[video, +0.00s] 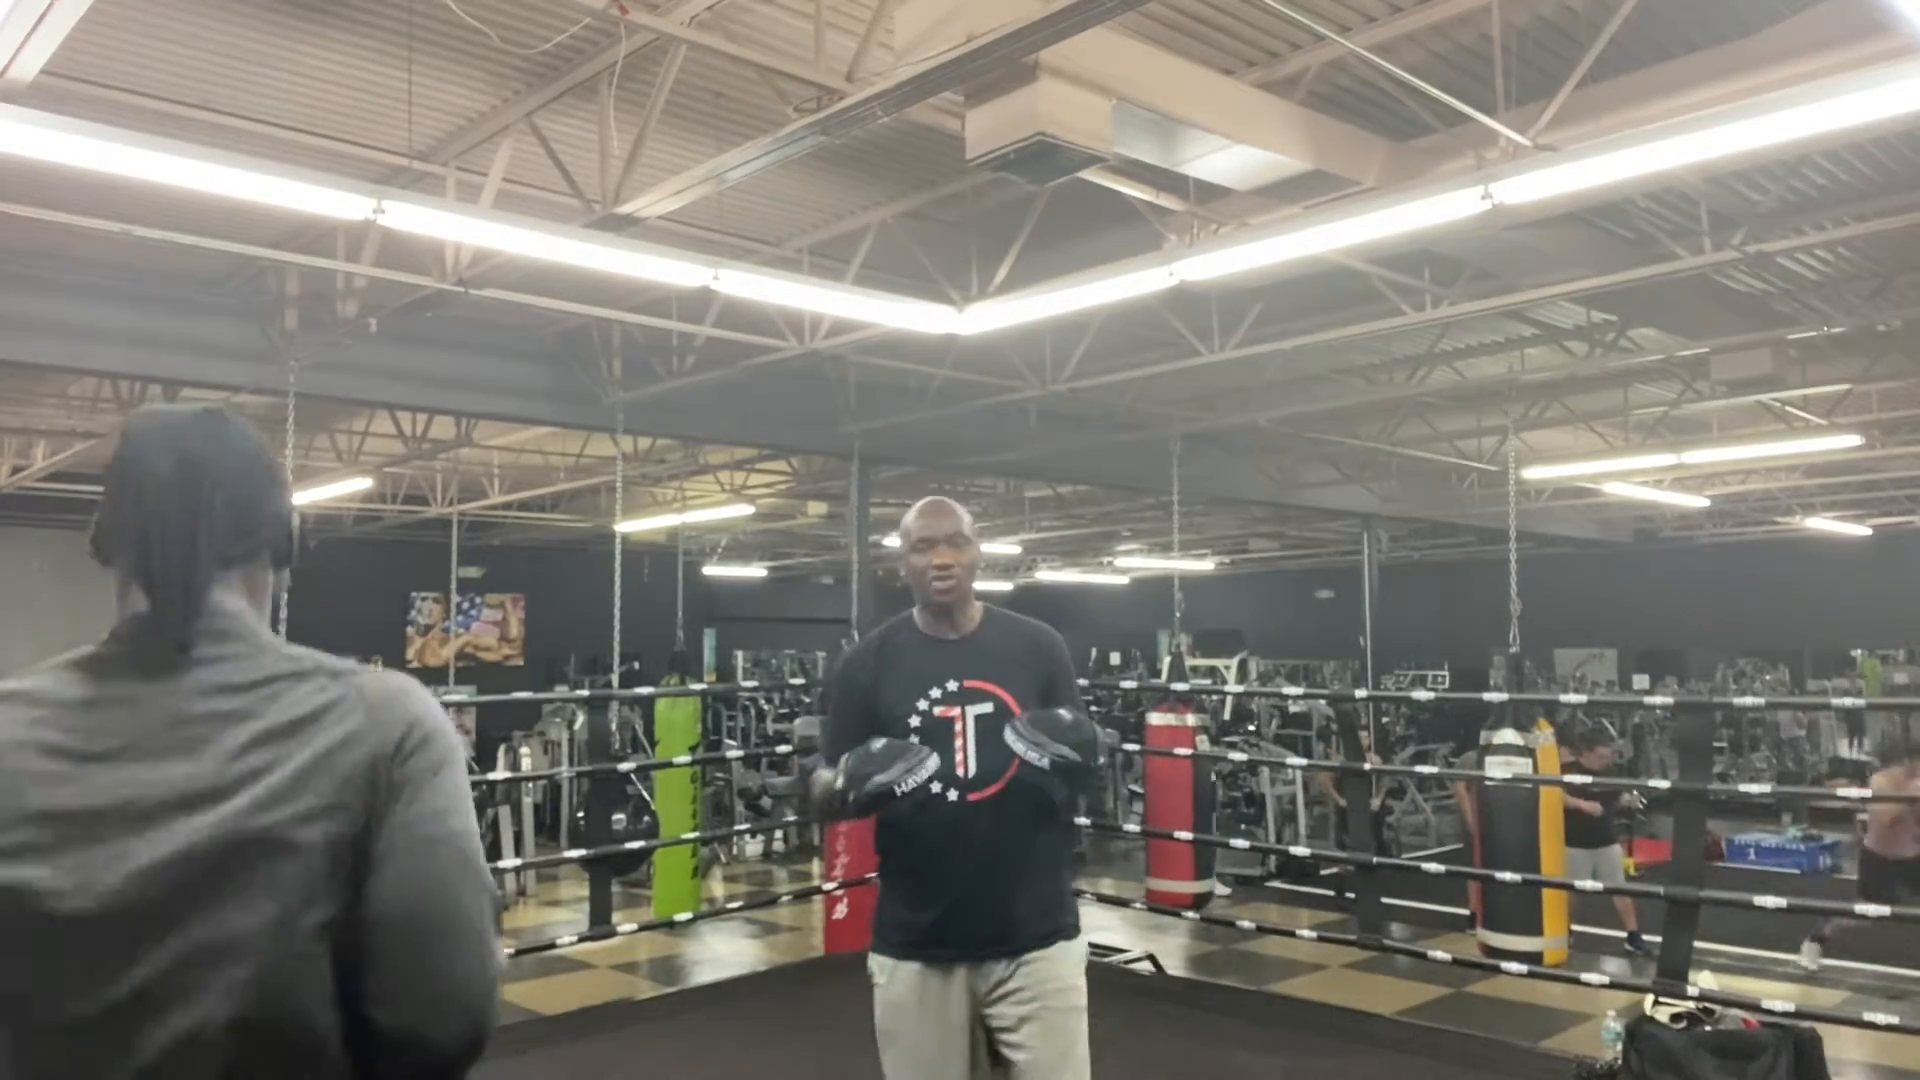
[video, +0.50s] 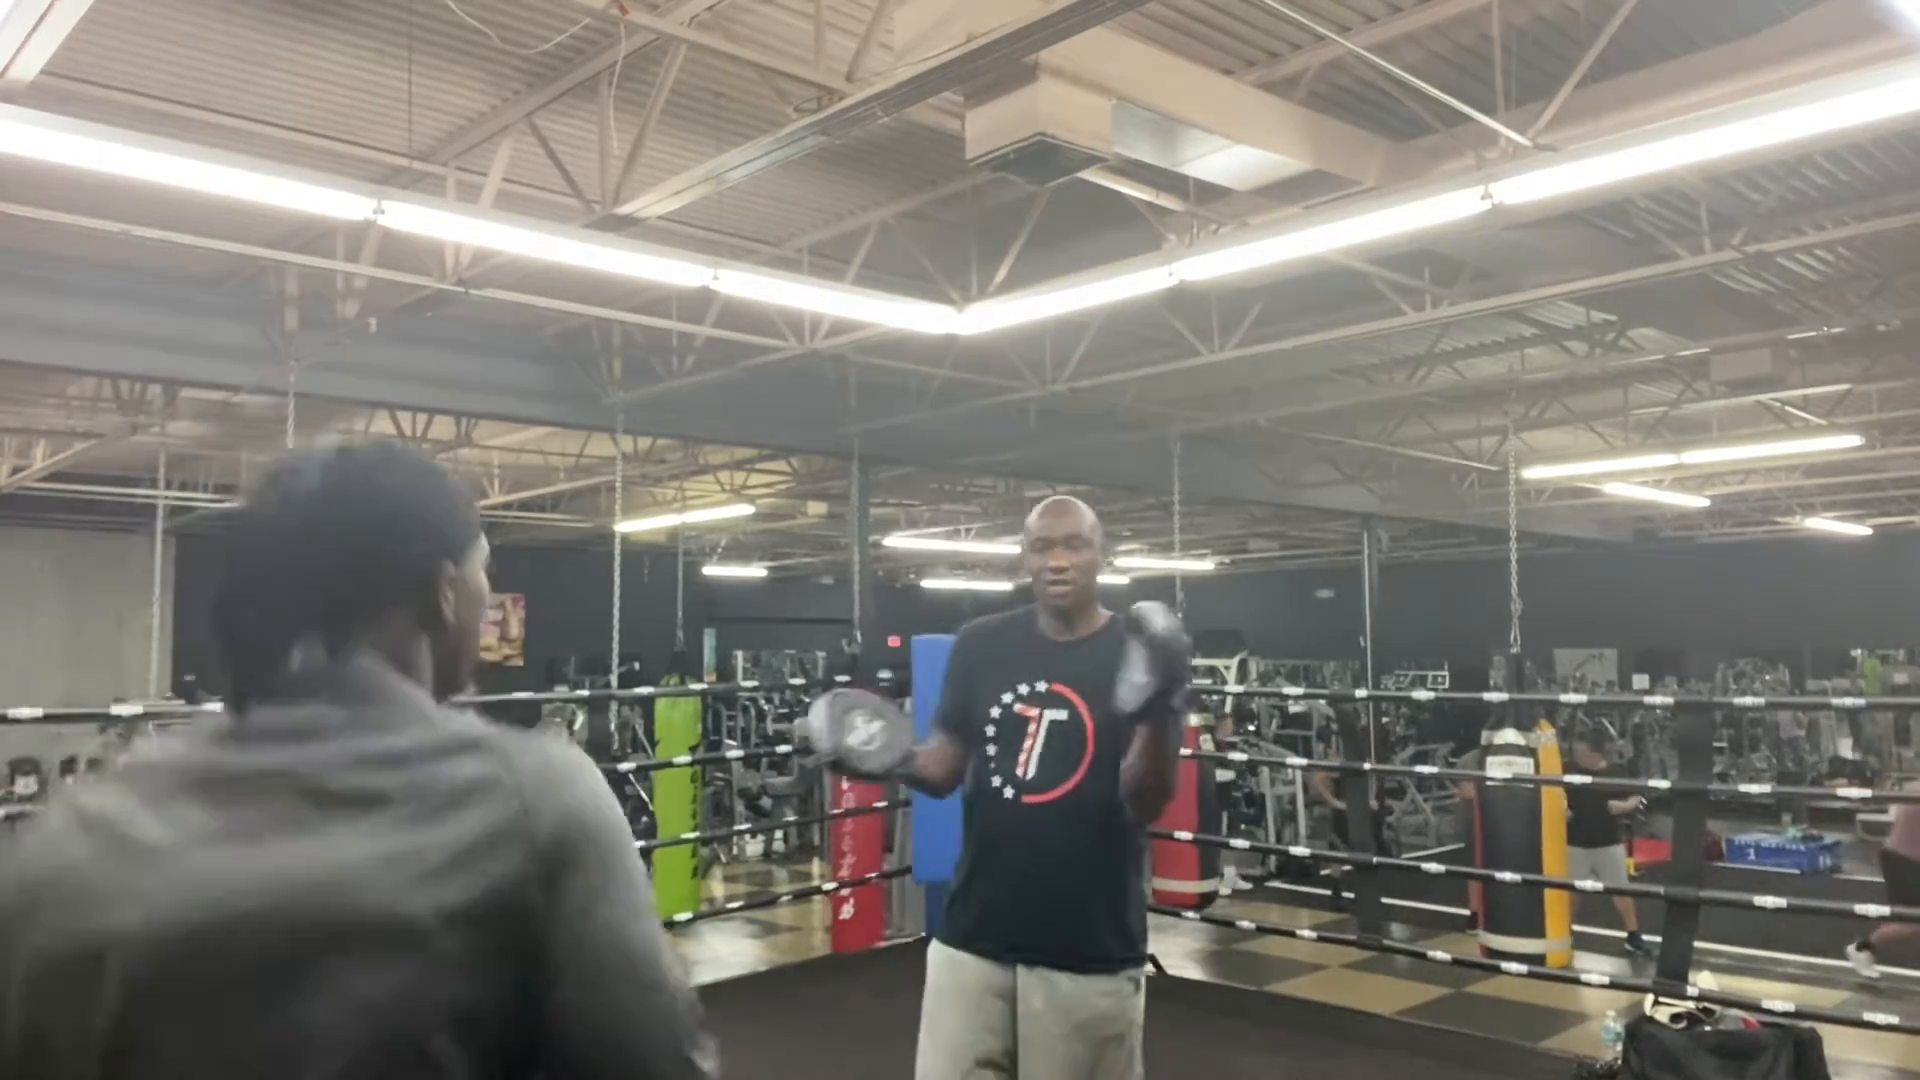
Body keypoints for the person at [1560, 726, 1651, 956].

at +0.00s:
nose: (1605, 761)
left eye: (1608, 756)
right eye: (1601, 755)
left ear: (1611, 754)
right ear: (1585, 752)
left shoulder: (1609, 775)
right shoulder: (1566, 773)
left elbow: (1610, 803)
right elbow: (1556, 797)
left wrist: (1625, 803)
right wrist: (1581, 804)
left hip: (1606, 842)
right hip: (1575, 843)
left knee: (1620, 889)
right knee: (1569, 891)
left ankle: (1633, 934)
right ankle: (1565, 932)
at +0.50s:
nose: (1575, 752)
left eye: (1580, 747)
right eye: (1575, 747)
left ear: (1596, 750)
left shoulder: (1615, 774)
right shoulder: (1567, 773)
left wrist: (1627, 805)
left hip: (1608, 841)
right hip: (1575, 842)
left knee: (1620, 890)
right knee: (1571, 890)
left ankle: (1633, 934)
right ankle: (1564, 932)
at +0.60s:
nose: (1576, 753)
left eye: (1580, 749)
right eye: (1579, 749)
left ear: (1593, 750)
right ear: (1575, 751)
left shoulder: (1615, 774)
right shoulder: (1568, 775)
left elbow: (1637, 800)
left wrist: (1613, 805)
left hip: (1608, 841)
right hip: (1575, 841)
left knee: (1620, 890)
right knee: (1569, 892)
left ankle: (1633, 935)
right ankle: (1561, 935)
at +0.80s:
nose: (1571, 758)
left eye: (1575, 753)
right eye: (1573, 753)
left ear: (1587, 753)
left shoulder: (1613, 773)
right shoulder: (1569, 775)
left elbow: (1634, 799)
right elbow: (1587, 806)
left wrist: (1602, 804)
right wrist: (1622, 802)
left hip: (1608, 841)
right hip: (1575, 842)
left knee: (1620, 889)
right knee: (1568, 891)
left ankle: (1633, 934)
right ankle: (1562, 936)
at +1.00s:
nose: (1565, 757)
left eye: (1569, 753)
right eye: (1567, 753)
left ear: (1585, 754)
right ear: (1570, 751)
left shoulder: (1610, 772)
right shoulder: (1560, 773)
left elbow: (1635, 798)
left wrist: (1600, 805)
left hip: (1606, 841)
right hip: (1572, 842)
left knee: (1619, 889)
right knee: (1568, 893)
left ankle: (1633, 934)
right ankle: (1565, 938)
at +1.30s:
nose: (1575, 757)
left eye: (1578, 751)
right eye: (1572, 752)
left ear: (1589, 753)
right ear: (1567, 753)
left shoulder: (1607, 772)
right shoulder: (1562, 776)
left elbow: (1632, 794)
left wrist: (1611, 797)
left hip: (1604, 841)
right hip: (1573, 843)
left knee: (1619, 889)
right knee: (1567, 893)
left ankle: (1633, 935)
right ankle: (1563, 938)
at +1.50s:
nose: (1586, 760)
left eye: (1590, 754)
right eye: (1581, 754)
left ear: (1596, 755)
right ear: (1570, 755)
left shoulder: (1604, 778)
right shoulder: (1564, 780)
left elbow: (1616, 804)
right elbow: (1556, 810)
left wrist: (1628, 803)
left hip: (1605, 842)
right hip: (1575, 844)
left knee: (1620, 889)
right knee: (1570, 893)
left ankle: (1633, 934)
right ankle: (1568, 940)